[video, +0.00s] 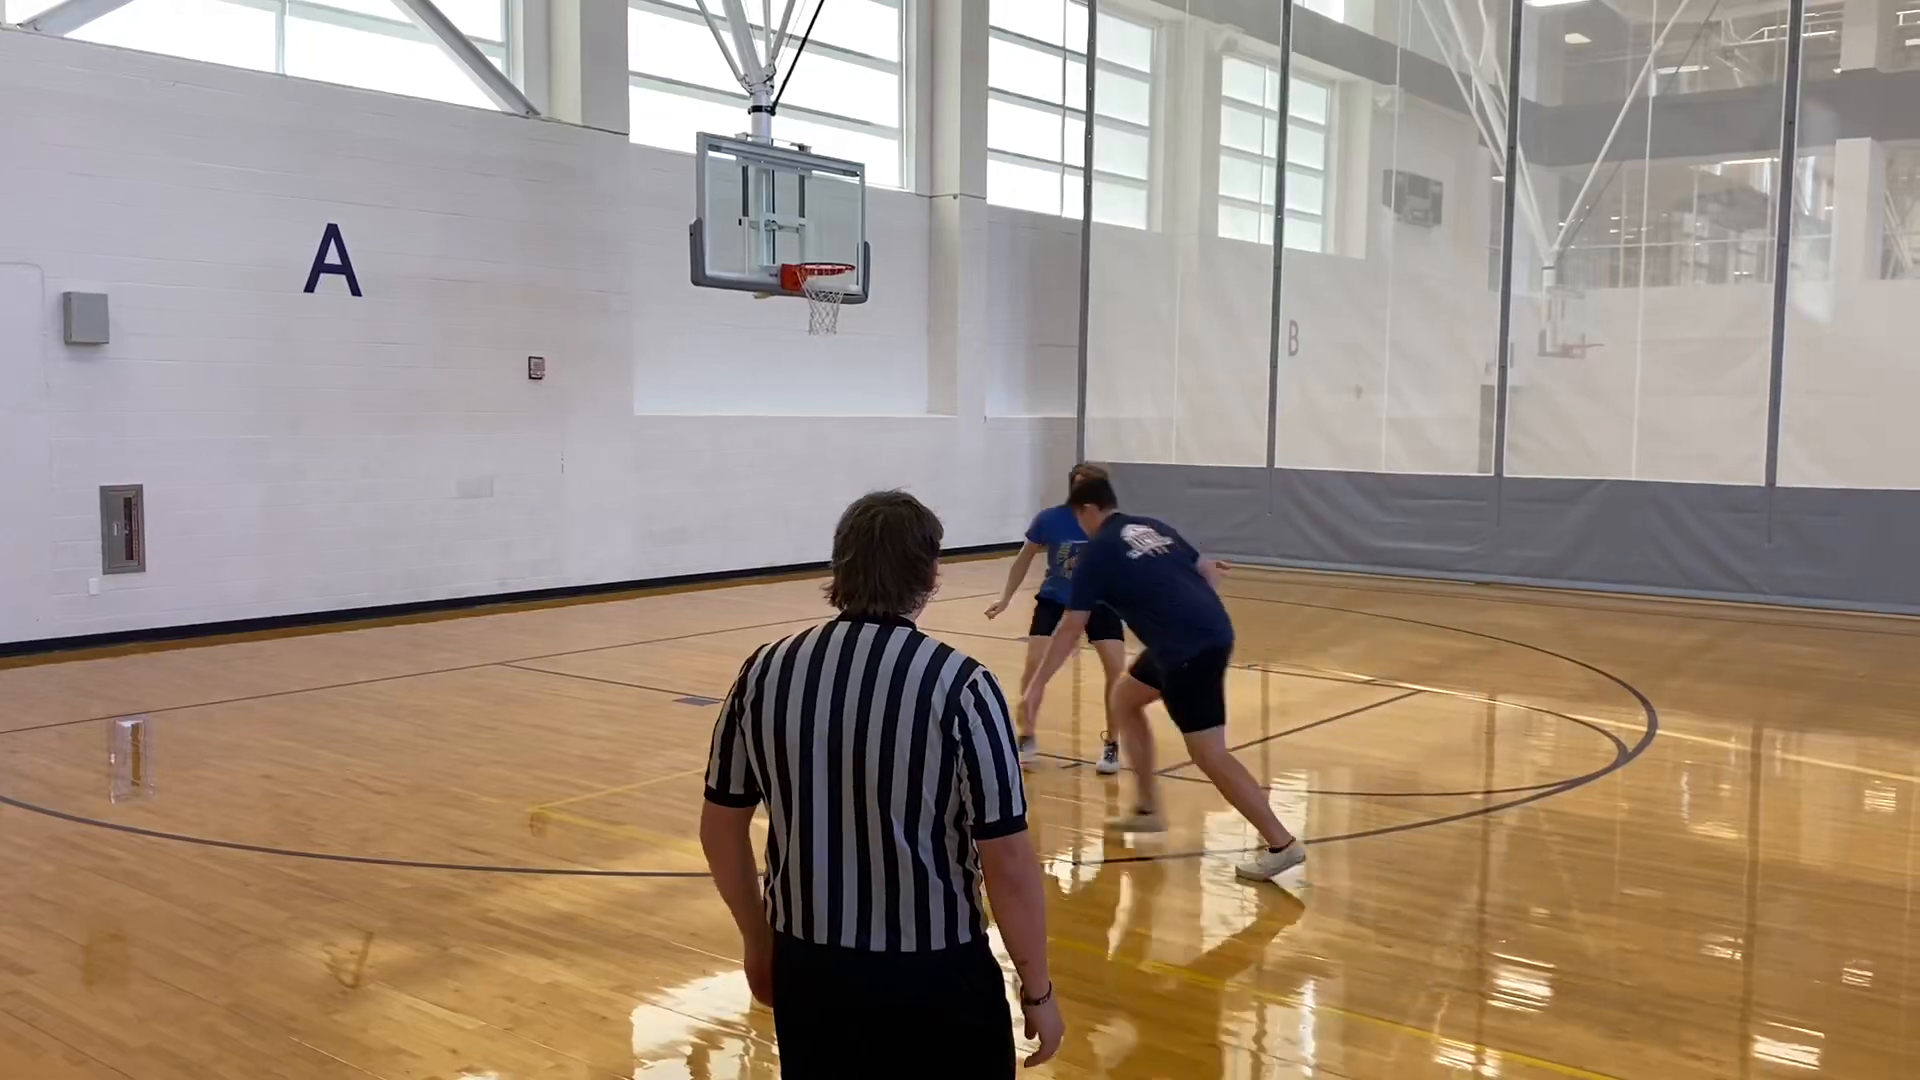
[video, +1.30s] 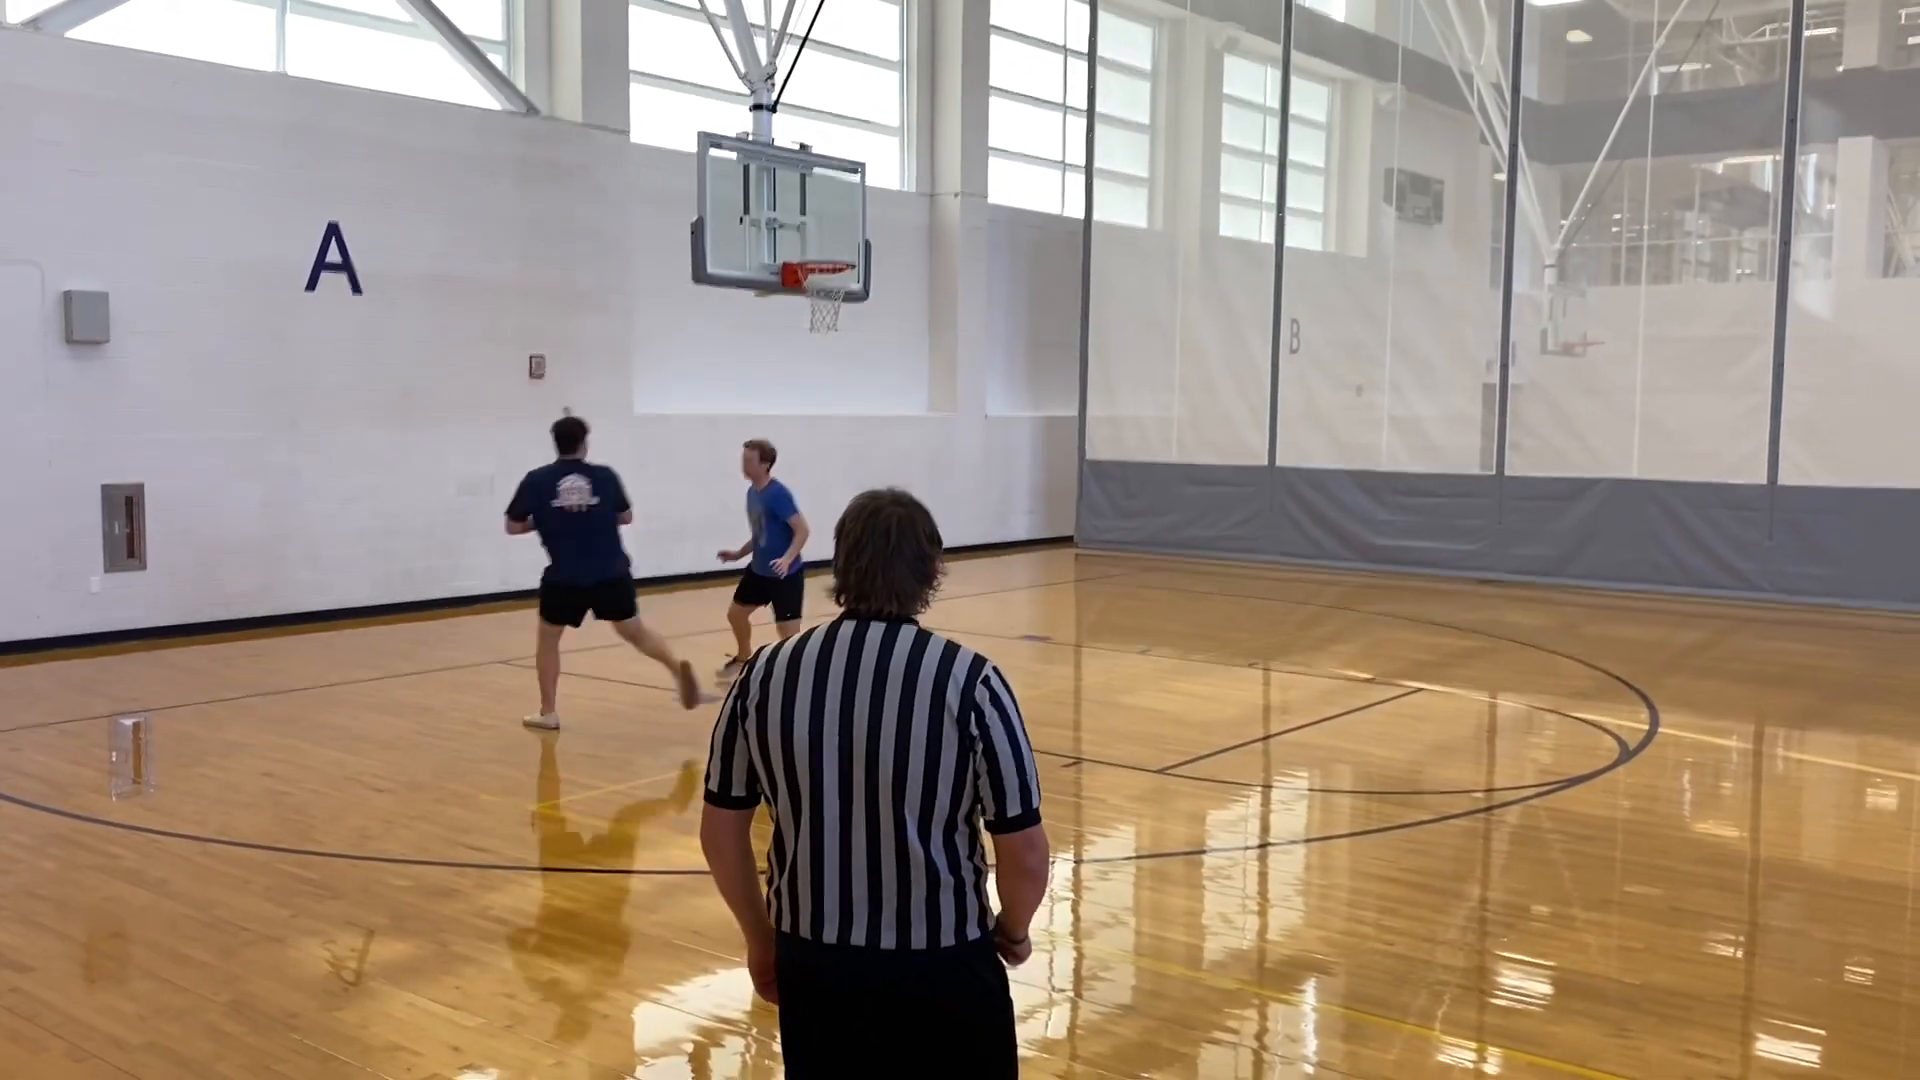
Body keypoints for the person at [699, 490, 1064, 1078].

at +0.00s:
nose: (938, 573)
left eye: (935, 558)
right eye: (935, 560)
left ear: (842, 565)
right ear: (926, 573)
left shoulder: (766, 669)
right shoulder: (961, 684)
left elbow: (720, 825)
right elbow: (1006, 858)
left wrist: (756, 933)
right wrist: (1038, 989)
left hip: (809, 979)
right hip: (941, 982)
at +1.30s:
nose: (940, 569)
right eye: (936, 558)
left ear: (842, 565)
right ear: (931, 569)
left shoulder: (766, 672)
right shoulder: (971, 680)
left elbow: (721, 831)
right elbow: (1025, 853)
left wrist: (758, 936)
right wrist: (1014, 924)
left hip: (814, 974)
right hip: (948, 975)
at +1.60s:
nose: (931, 571)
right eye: (928, 559)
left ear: (832, 569)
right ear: (922, 572)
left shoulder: (762, 678)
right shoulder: (964, 671)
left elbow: (725, 832)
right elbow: (1101, 712)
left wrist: (775, 912)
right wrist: (1044, 632)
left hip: (820, 975)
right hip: (950, 972)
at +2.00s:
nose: (936, 566)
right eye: (936, 553)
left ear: (846, 568)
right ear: (937, 568)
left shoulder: (779, 675)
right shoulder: (962, 650)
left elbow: (746, 818)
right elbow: (1057, 516)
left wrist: (807, 885)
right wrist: (1035, 383)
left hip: (839, 971)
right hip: (970, 966)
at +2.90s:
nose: (1155, 559)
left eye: (1152, 549)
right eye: (1150, 549)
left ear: (1062, 559)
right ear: (1141, 568)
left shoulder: (1005, 641)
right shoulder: (1170, 656)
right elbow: (1277, 650)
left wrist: (1121, 594)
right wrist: (1204, 594)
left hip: (1026, 920)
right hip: (1139, 925)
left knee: (1040, 1067)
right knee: (1142, 1067)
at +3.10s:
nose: (1192, 562)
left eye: (1190, 549)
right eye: (1190, 551)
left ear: (1100, 558)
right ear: (1178, 562)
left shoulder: (1042, 638)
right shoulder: (1204, 653)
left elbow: (1114, 638)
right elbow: (1316, 682)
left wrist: (1185, 608)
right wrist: (1233, 643)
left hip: (1065, 913)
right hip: (1173, 918)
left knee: (1098, 1066)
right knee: (1175, 1068)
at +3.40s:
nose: (1256, 569)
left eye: (1253, 552)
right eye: (1251, 553)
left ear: (1166, 560)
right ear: (1229, 563)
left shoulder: (1103, 646)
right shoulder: (1264, 660)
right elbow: (1388, 736)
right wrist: (1314, 649)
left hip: (1131, 902)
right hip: (1229, 910)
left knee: (1169, 1060)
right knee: (1233, 1059)